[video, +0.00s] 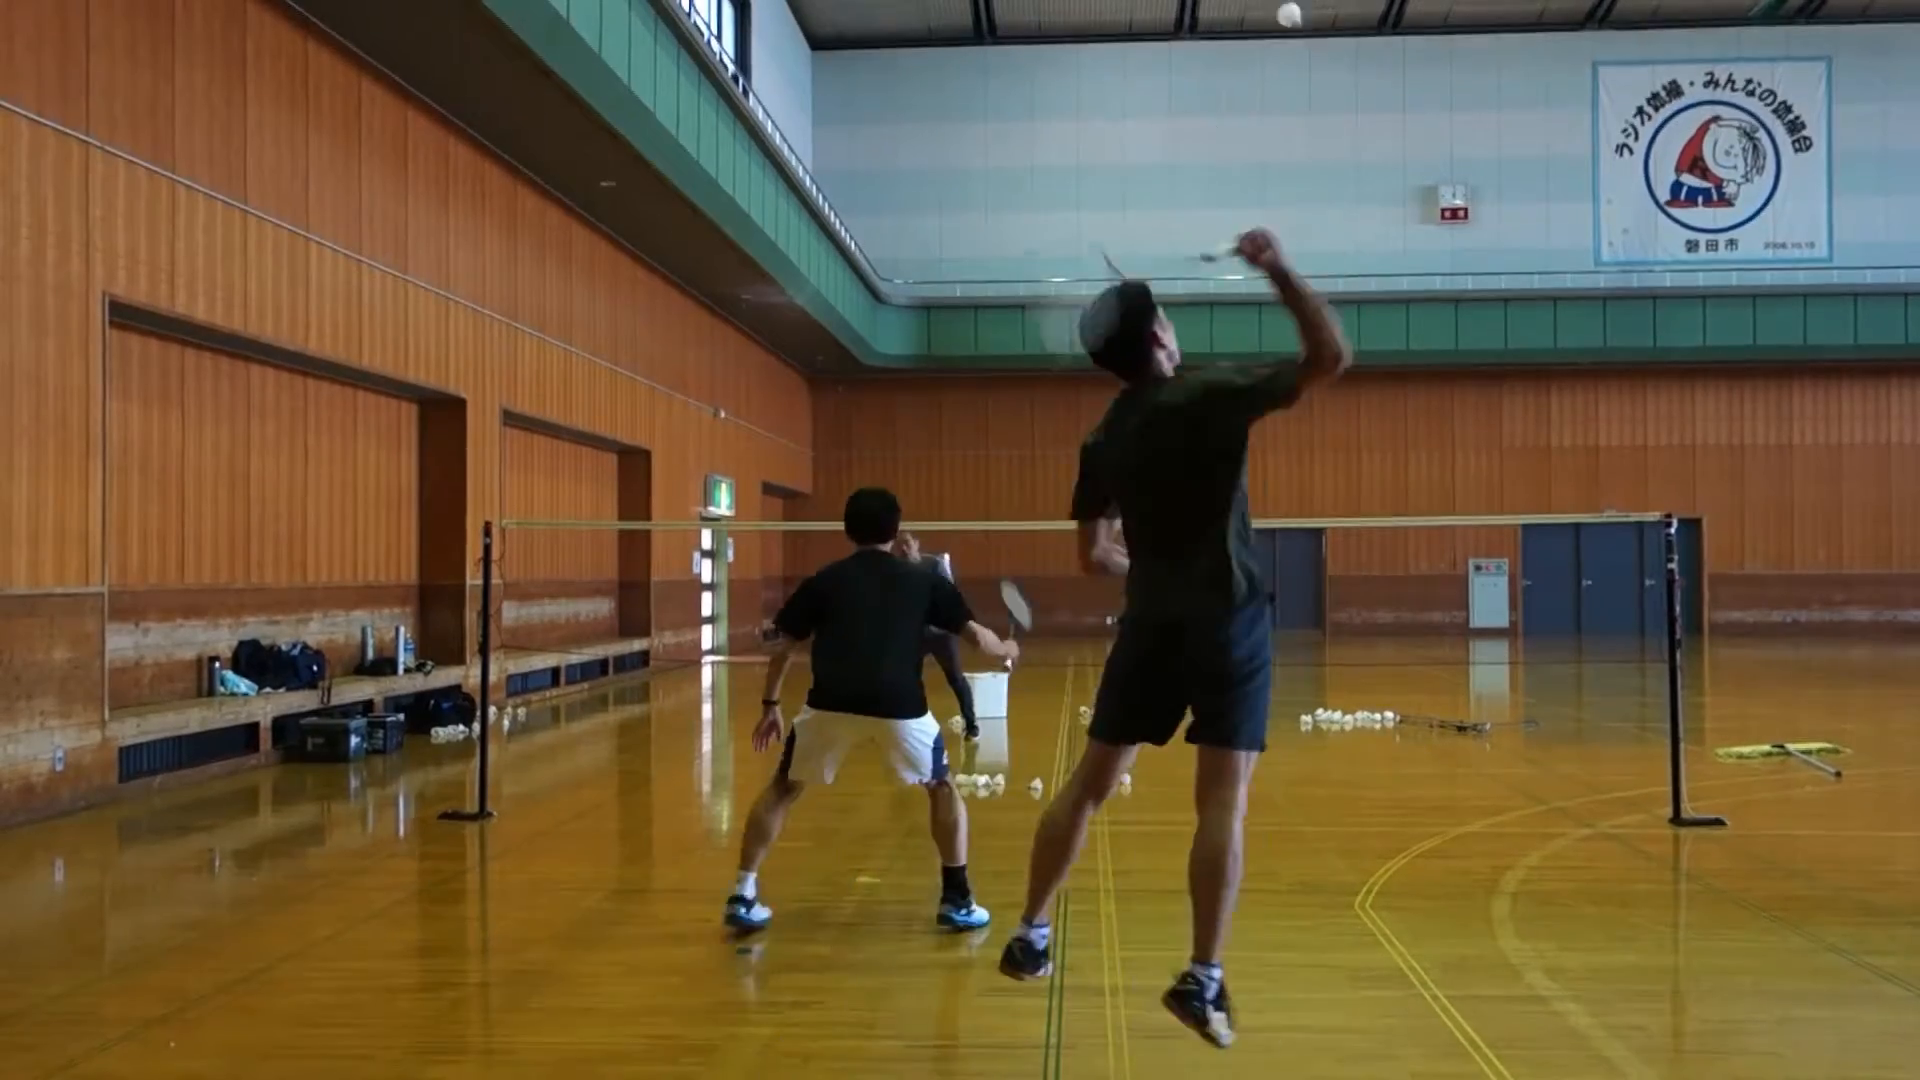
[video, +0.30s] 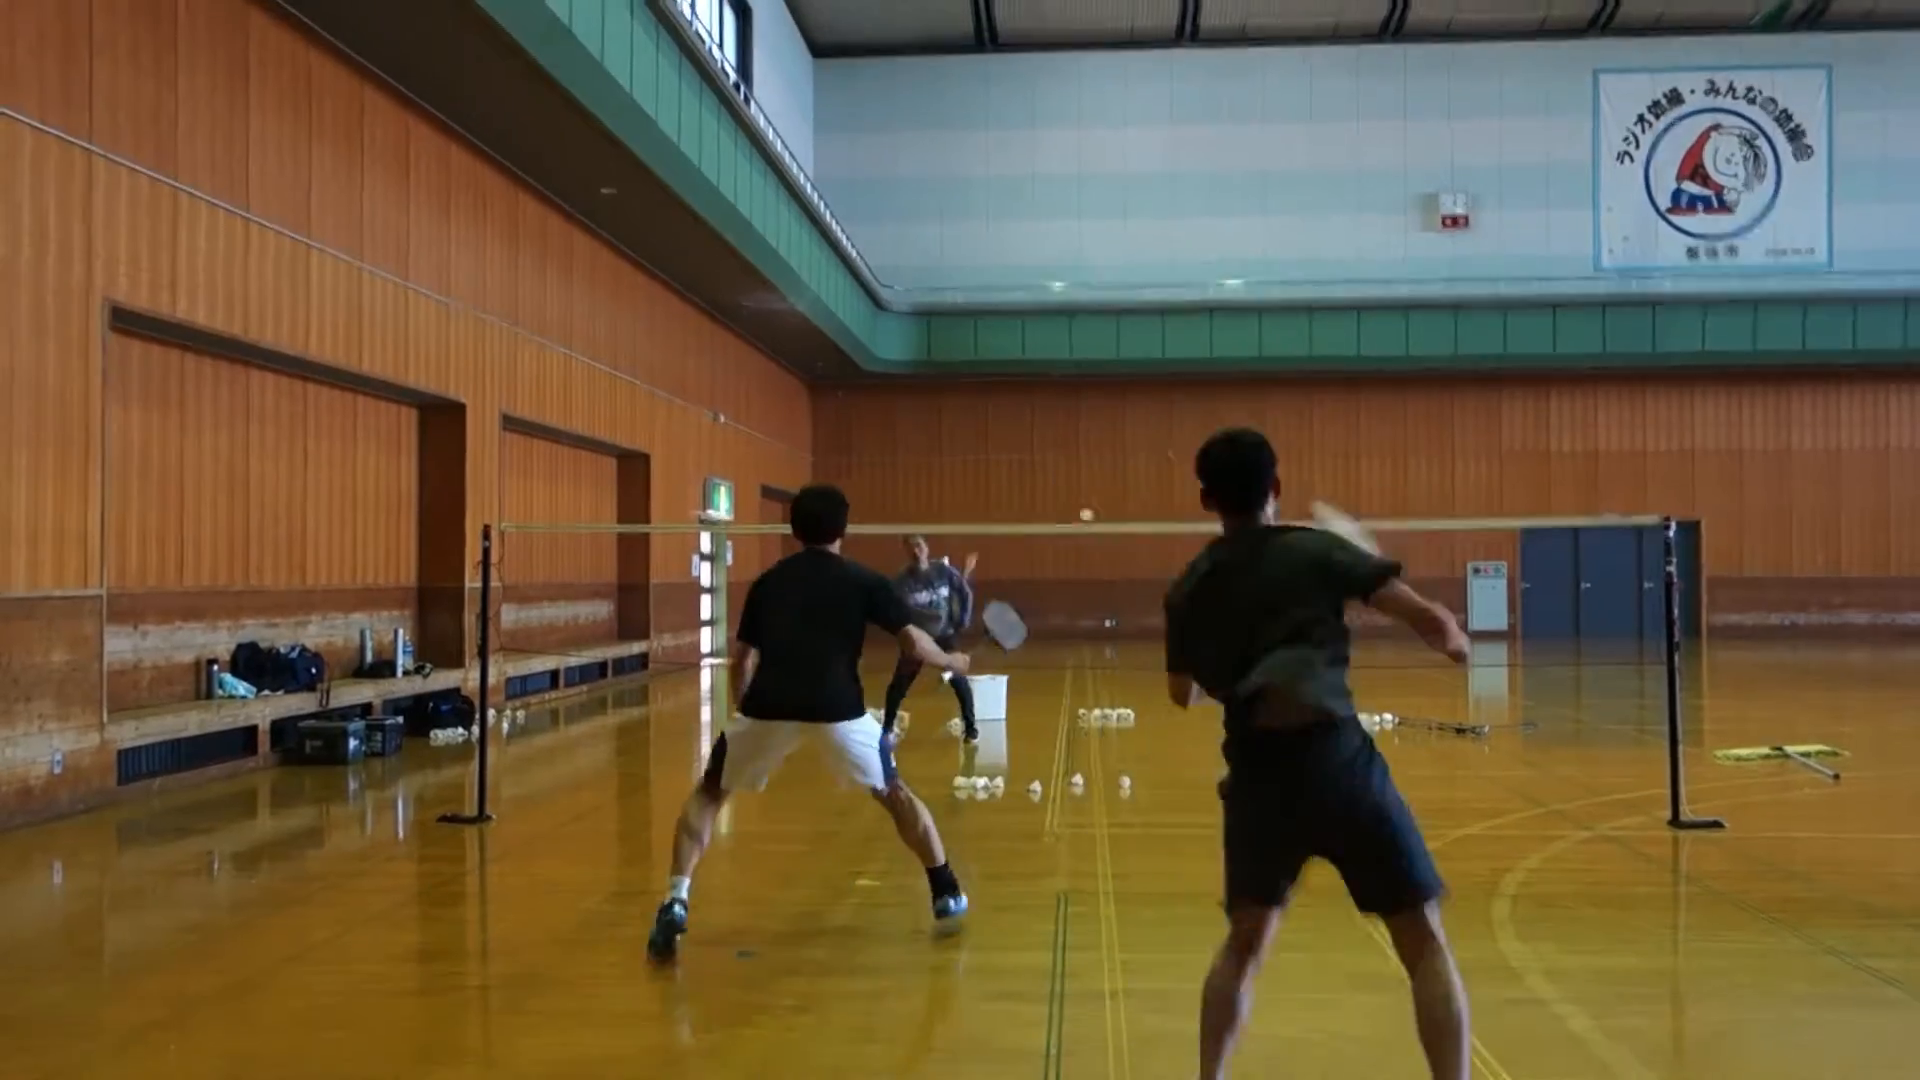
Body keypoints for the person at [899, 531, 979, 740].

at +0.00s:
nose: (904, 550)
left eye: (908, 544)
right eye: (900, 546)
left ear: (917, 545)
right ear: (894, 549)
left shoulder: (932, 565)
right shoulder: (890, 571)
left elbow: (948, 592)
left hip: (940, 628)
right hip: (912, 629)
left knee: (954, 676)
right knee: (908, 680)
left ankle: (970, 722)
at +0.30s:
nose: (917, 551)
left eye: (919, 546)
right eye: (912, 547)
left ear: (926, 547)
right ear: (907, 551)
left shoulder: (945, 571)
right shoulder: (903, 582)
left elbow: (965, 593)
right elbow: (895, 608)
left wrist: (964, 621)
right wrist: (905, 628)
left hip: (945, 634)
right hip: (916, 636)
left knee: (959, 680)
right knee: (899, 685)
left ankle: (970, 725)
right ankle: (887, 728)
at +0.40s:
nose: (916, 586)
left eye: (919, 581)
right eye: (912, 582)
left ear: (926, 582)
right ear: (906, 586)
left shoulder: (943, 605)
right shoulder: (902, 615)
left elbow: (963, 630)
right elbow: (897, 646)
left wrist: (962, 660)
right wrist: (915, 667)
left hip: (945, 671)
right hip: (916, 674)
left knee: (956, 714)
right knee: (898, 720)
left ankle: (970, 763)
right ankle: (887, 763)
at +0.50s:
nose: (914, 595)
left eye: (916, 589)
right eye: (910, 591)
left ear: (924, 590)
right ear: (905, 594)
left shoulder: (941, 612)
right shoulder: (903, 622)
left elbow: (963, 637)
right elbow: (901, 656)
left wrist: (958, 658)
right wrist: (898, 686)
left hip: (944, 678)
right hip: (917, 681)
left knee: (958, 723)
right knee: (900, 725)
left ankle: (971, 768)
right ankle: (888, 767)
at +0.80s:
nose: (915, 510)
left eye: (917, 505)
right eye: (910, 506)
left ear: (925, 505)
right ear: (905, 510)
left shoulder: (943, 526)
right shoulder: (905, 537)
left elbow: (948, 564)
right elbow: (900, 569)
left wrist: (922, 576)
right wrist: (911, 578)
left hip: (946, 590)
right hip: (920, 593)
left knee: (960, 632)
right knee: (903, 635)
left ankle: (971, 678)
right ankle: (890, 680)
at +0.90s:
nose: (917, 507)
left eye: (920, 502)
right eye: (912, 504)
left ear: (928, 503)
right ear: (908, 507)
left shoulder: (943, 523)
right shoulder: (906, 536)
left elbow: (956, 552)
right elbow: (906, 565)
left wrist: (948, 576)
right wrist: (915, 587)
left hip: (947, 590)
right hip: (921, 592)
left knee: (961, 632)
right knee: (904, 636)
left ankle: (971, 677)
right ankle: (888, 677)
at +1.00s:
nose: (919, 505)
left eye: (922, 500)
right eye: (915, 501)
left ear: (928, 502)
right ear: (909, 506)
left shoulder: (946, 525)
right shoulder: (906, 536)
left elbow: (961, 551)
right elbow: (900, 564)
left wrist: (960, 577)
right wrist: (907, 589)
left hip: (946, 590)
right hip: (918, 593)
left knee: (962, 632)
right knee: (902, 636)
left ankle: (971, 677)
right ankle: (886, 674)